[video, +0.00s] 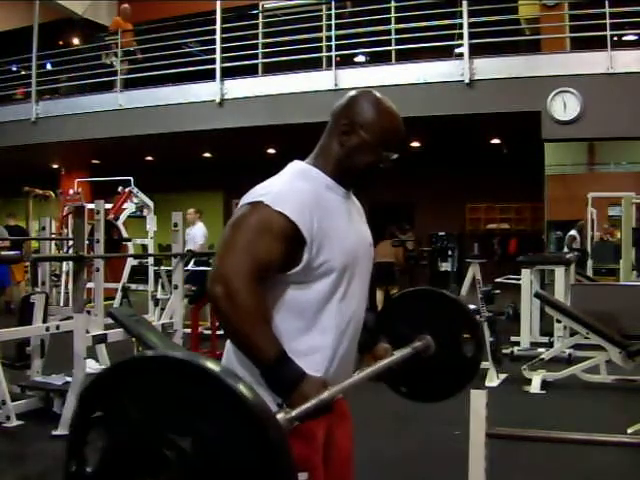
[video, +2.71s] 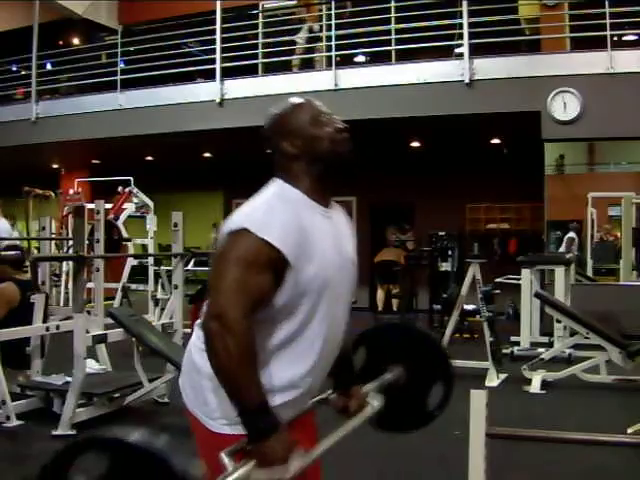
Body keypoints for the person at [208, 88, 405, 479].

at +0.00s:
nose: (386, 162)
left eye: (390, 152)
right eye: (384, 149)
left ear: (349, 134)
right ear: (347, 133)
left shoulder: (350, 206)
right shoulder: (287, 198)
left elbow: (335, 294)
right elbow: (227, 283)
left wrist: (371, 342)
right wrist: (290, 379)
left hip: (328, 405)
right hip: (273, 413)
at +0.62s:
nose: (346, 122)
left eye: (343, 114)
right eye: (331, 114)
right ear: (297, 129)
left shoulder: (335, 211)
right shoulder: (266, 198)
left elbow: (315, 306)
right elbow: (218, 293)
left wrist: (353, 356)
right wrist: (267, 389)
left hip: (309, 407)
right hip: (247, 414)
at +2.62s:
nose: (359, 131)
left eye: (352, 124)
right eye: (340, 127)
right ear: (309, 151)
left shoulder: (348, 221)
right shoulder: (276, 230)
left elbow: (325, 318)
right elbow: (235, 335)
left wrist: (339, 388)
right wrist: (255, 440)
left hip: (288, 404)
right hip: (228, 412)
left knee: (296, 473)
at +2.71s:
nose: (339, 125)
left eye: (332, 117)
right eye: (320, 121)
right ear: (290, 146)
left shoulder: (337, 219)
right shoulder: (266, 220)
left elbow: (320, 309)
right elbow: (223, 321)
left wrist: (344, 379)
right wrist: (261, 426)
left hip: (291, 400)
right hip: (235, 411)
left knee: (304, 471)